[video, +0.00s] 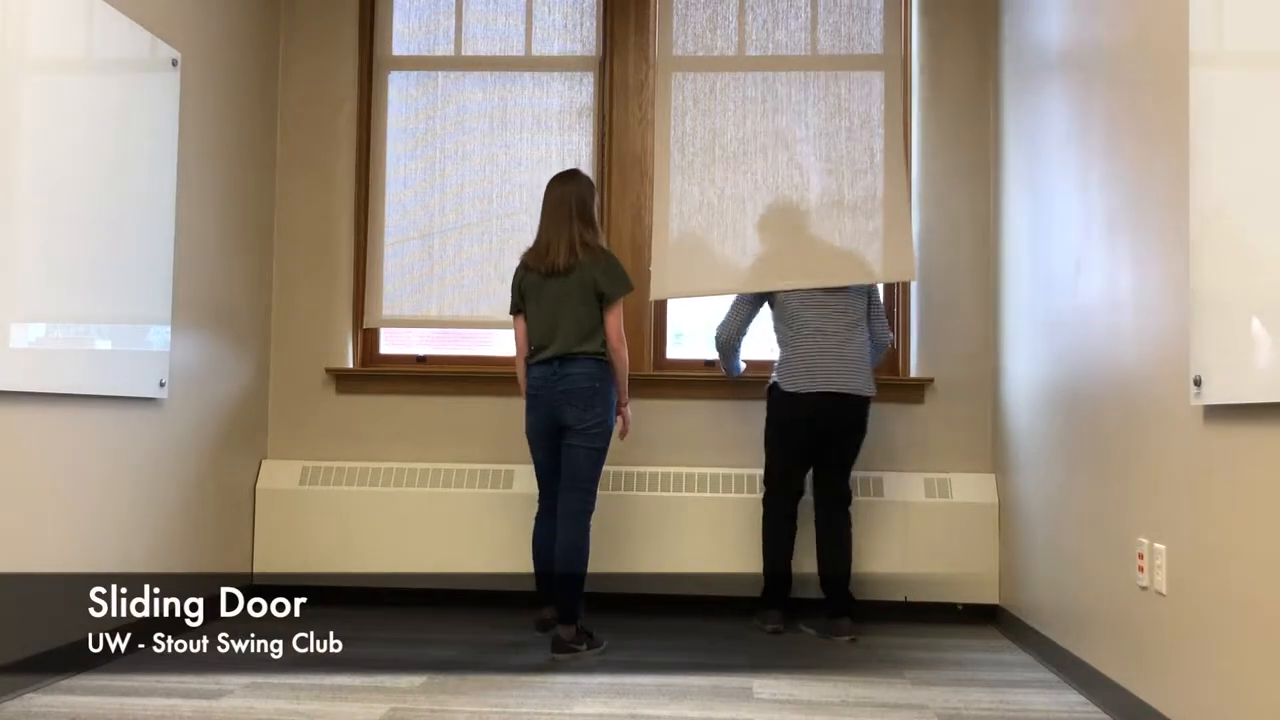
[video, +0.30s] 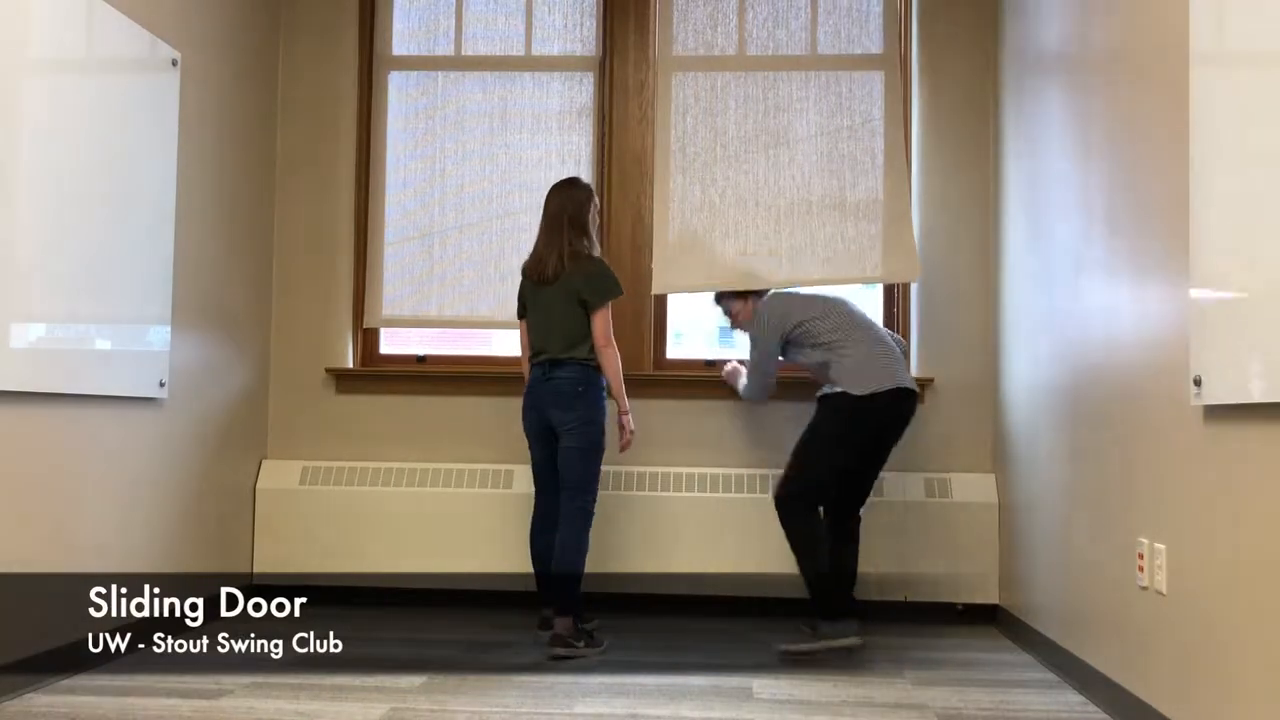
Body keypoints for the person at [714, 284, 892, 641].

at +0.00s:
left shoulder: (774, 266)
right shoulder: (859, 269)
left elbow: (727, 334)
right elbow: (883, 338)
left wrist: (733, 368)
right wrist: (852, 367)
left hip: (794, 395)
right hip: (850, 398)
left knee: (780, 499)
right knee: (834, 501)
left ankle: (774, 608)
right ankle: (839, 614)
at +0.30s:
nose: (733, 322)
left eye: (732, 312)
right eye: (727, 316)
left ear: (751, 297)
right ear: (759, 295)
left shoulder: (767, 315)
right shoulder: (808, 304)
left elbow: (758, 390)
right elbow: (896, 344)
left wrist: (737, 377)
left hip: (856, 391)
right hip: (897, 391)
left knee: (793, 498)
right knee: (844, 506)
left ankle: (831, 621)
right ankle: (842, 620)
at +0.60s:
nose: (735, 331)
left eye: (740, 318)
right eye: (728, 324)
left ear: (768, 309)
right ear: (729, 326)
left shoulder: (802, 337)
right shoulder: (798, 338)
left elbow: (820, 420)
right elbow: (846, 413)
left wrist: (807, 483)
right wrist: (813, 481)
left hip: (909, 413)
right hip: (879, 416)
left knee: (852, 508)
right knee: (822, 498)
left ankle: (868, 656)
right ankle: (838, 617)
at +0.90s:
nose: (801, 225)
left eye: (812, 215)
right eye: (791, 217)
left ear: (831, 222)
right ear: (778, 227)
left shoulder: (866, 261)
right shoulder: (791, 289)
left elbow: (950, 308)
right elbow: (817, 365)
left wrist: (923, 390)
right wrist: (826, 419)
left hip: (895, 405)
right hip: (842, 414)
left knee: (863, 515)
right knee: (814, 513)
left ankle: (870, 657)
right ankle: (832, 619)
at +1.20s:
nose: (840, 170)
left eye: (851, 160)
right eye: (829, 162)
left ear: (868, 168)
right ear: (814, 172)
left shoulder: (903, 219)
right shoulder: (804, 235)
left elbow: (982, 269)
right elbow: (802, 307)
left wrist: (953, 345)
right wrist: (801, 371)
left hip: (890, 388)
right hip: (827, 387)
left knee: (867, 515)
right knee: (795, 503)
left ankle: (873, 654)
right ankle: (824, 614)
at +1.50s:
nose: (843, 153)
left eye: (853, 143)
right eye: (832, 146)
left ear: (870, 152)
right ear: (817, 158)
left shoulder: (904, 211)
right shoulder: (803, 216)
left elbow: (972, 266)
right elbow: (782, 270)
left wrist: (940, 329)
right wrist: (790, 333)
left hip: (881, 385)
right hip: (814, 385)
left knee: (873, 515)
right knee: (798, 510)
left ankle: (873, 652)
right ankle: (798, 637)